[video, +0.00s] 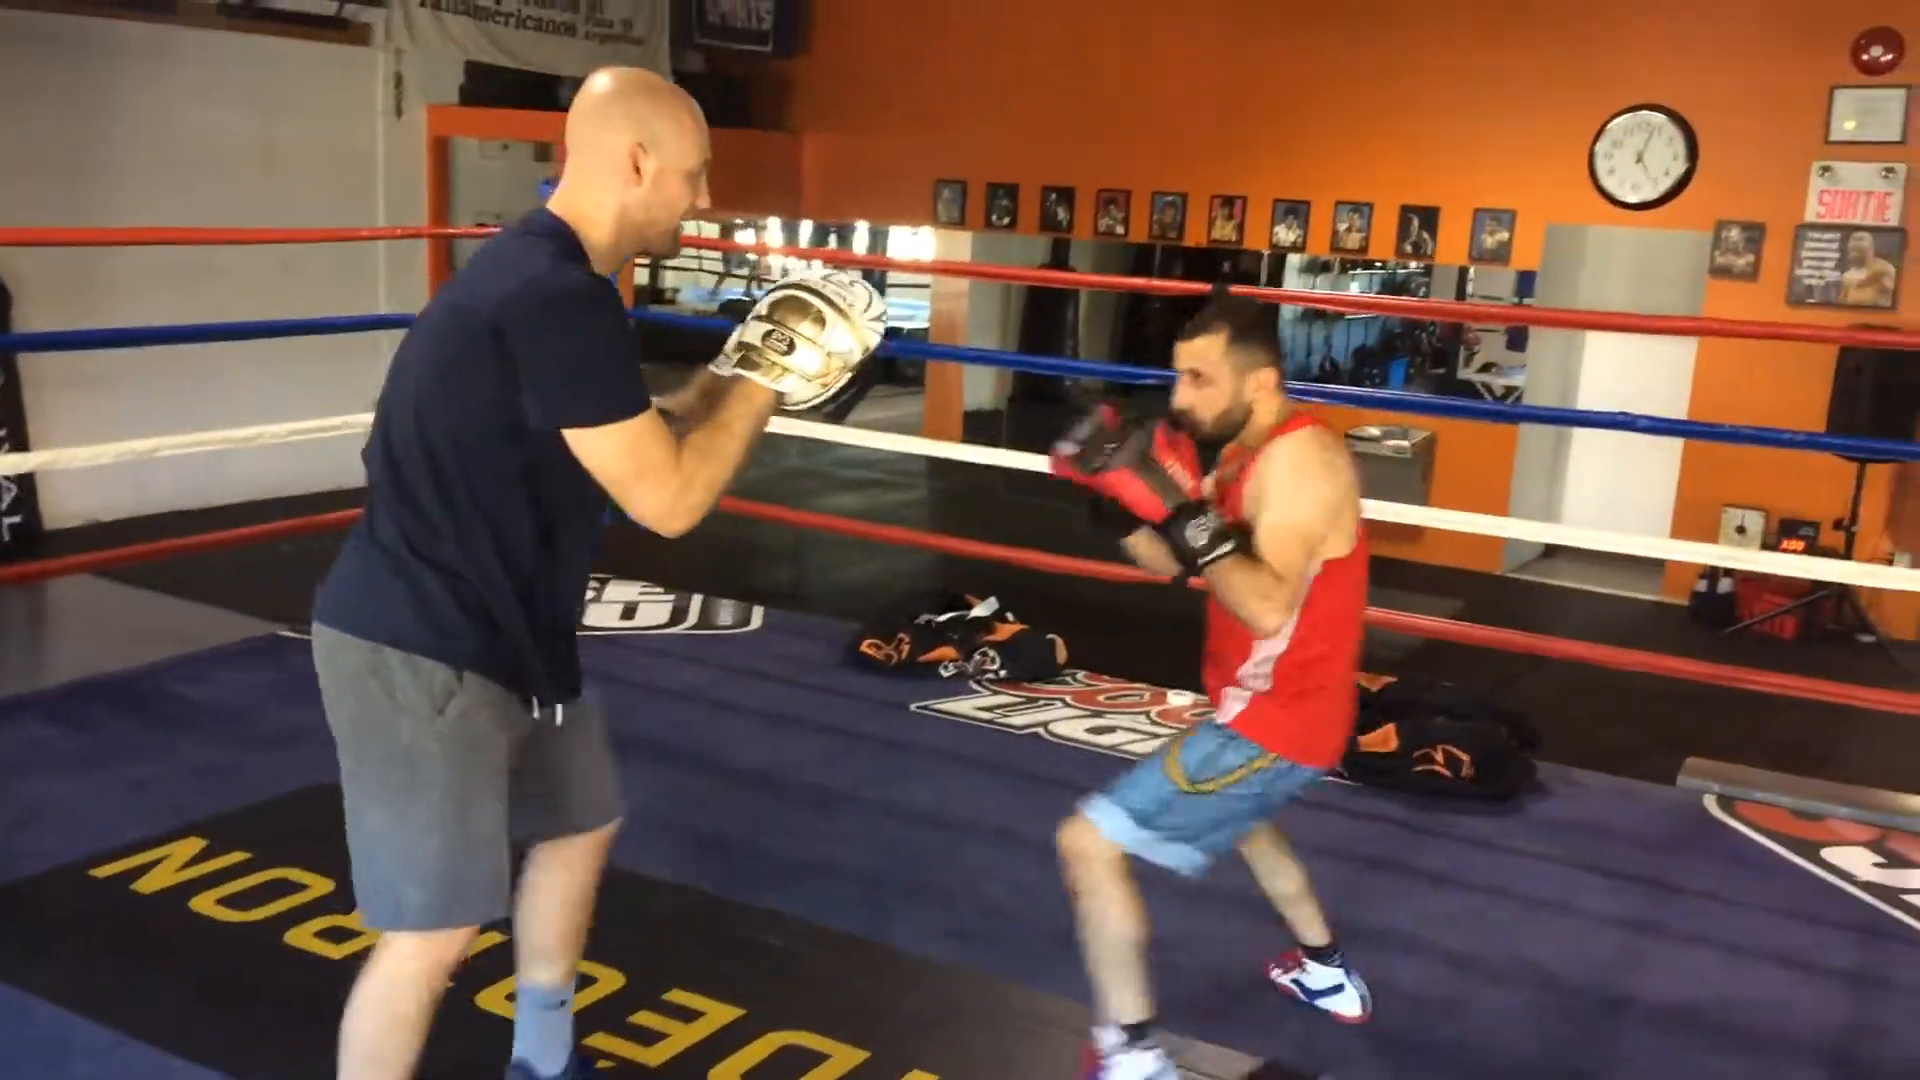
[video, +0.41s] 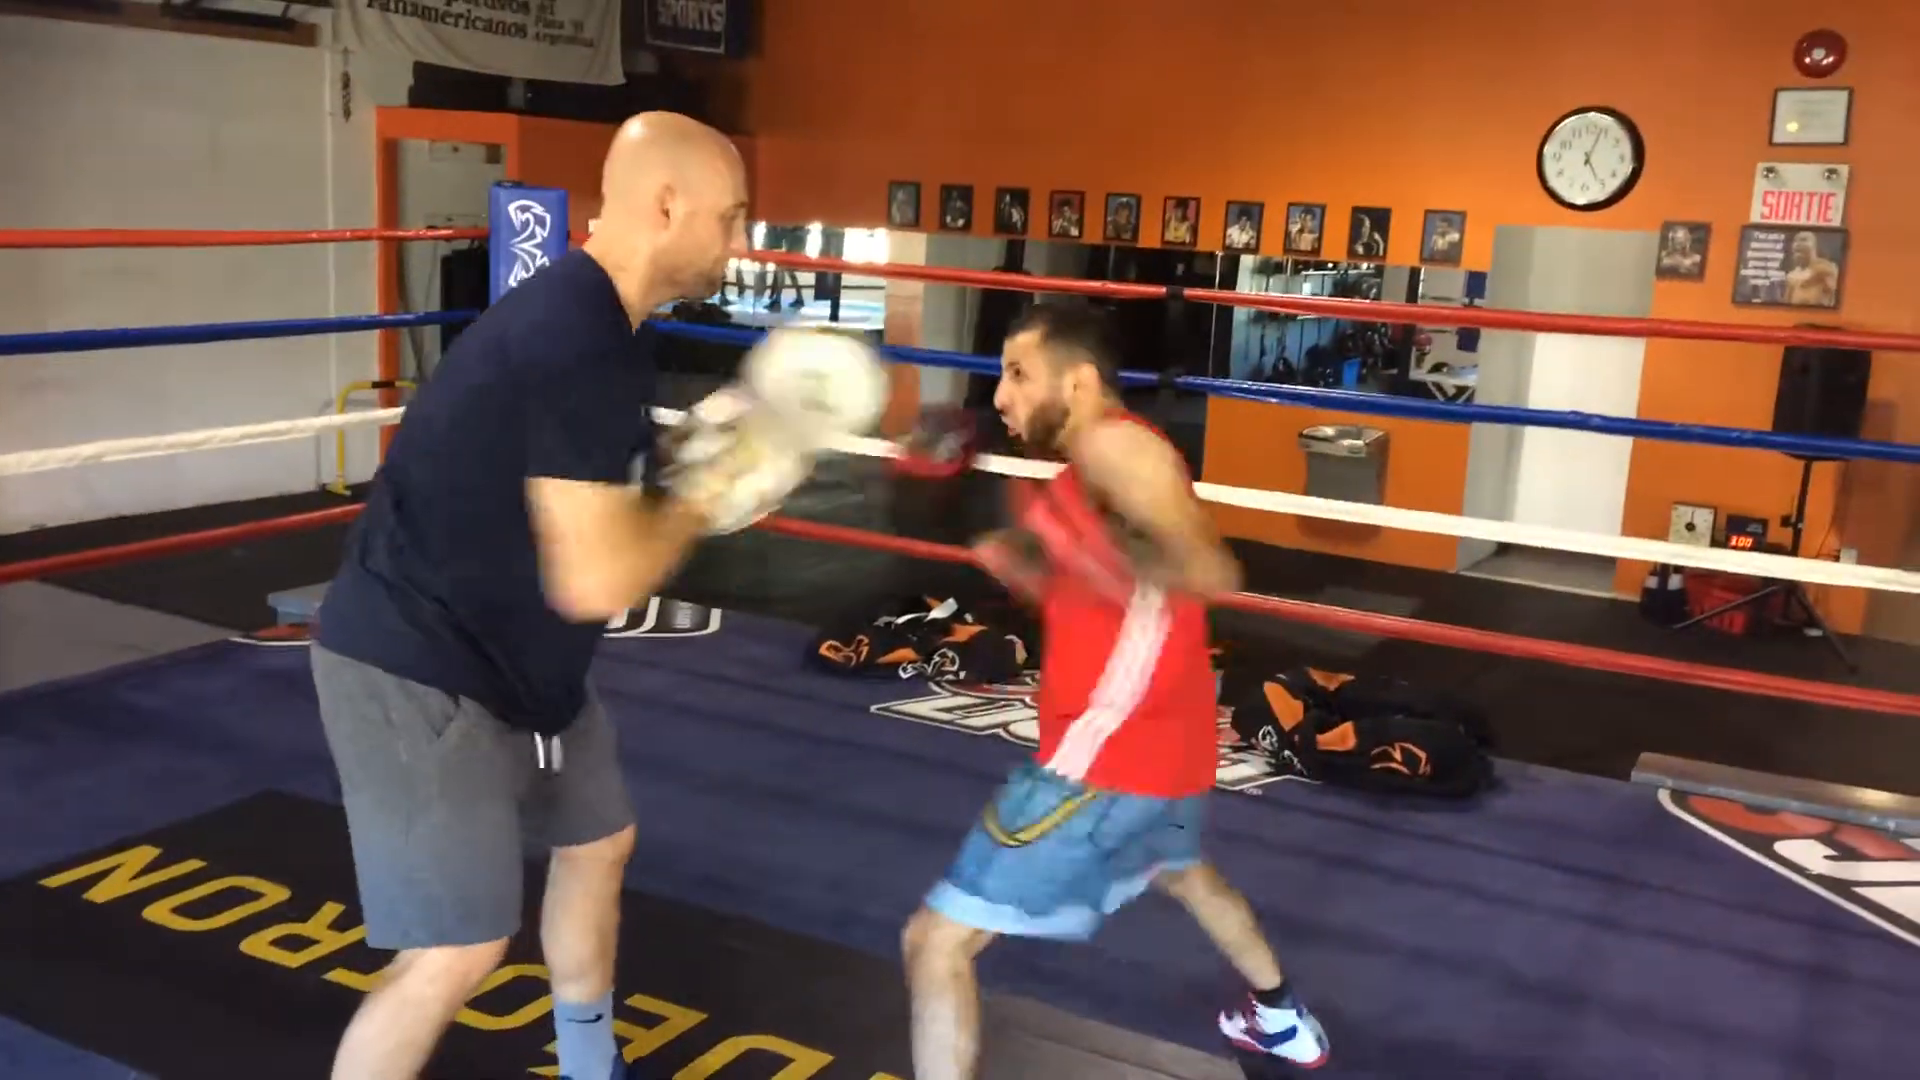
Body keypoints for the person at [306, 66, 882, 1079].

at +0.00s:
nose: (700, 202)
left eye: (702, 179)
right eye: (693, 176)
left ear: (615, 162)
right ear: (633, 164)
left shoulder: (548, 276)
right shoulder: (549, 293)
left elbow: (630, 452)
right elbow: (670, 500)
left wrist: (739, 367)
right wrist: (768, 379)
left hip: (509, 634)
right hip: (413, 642)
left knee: (578, 819)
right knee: (431, 925)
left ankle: (541, 1062)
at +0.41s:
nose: (736, 248)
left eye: (739, 223)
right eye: (729, 220)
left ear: (652, 206)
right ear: (666, 205)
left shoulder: (598, 326)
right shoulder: (571, 332)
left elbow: (580, 524)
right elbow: (590, 582)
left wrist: (691, 469)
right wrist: (699, 505)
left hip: (516, 646)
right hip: (412, 655)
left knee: (596, 839)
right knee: (455, 942)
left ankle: (590, 1068)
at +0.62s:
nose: (749, 242)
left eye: (752, 216)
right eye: (744, 212)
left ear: (658, 198)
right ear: (684, 198)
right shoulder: (625, 316)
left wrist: (759, 489)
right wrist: (785, 455)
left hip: (516, 647)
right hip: (441, 651)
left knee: (581, 838)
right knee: (453, 939)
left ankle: (595, 1069)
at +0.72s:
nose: (767, 244)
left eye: (768, 222)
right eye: (757, 219)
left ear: (679, 205)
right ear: (692, 209)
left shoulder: (561, 296)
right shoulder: (671, 331)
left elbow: (531, 462)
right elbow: (865, 441)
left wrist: (651, 558)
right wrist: (1015, 441)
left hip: (518, 655)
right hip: (446, 661)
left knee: (575, 849)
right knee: (463, 950)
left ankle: (594, 1067)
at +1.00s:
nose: (819, 260)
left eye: (823, 237)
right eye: (810, 233)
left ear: (726, 218)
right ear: (743, 216)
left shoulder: (641, 296)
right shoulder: (701, 327)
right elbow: (815, 405)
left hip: (566, 644)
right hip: (489, 650)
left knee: (609, 848)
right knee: (507, 934)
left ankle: (613, 1068)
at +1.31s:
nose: (789, 242)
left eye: (793, 219)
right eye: (779, 215)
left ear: (698, 198)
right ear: (713, 196)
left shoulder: (585, 297)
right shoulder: (704, 328)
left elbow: (599, 469)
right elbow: (772, 539)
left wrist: (740, 520)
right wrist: (808, 516)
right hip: (505, 659)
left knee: (610, 846)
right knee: (511, 945)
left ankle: (618, 1067)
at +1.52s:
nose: (706, 206)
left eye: (705, 182)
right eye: (689, 180)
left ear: (606, 178)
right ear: (613, 175)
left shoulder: (525, 290)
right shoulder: (593, 315)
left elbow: (530, 447)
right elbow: (613, 549)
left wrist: (668, 457)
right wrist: (764, 602)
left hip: (518, 677)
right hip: (453, 685)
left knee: (579, 876)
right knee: (438, 954)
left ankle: (622, 1071)